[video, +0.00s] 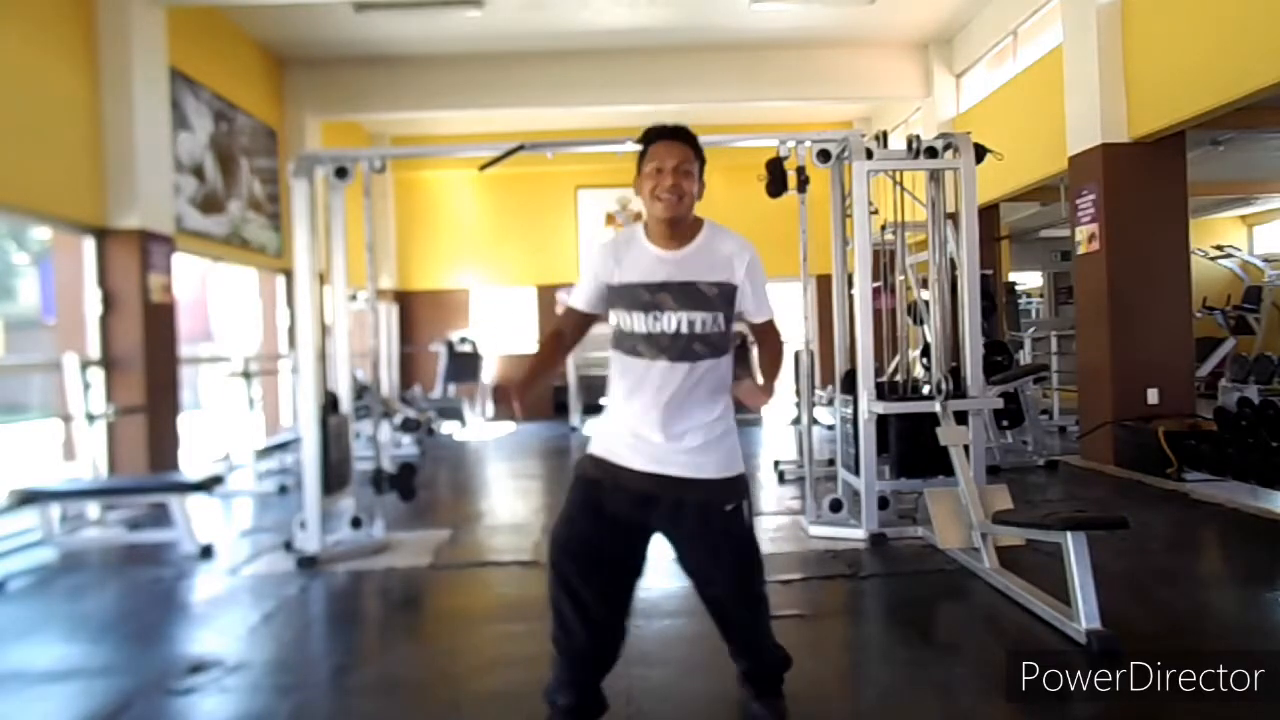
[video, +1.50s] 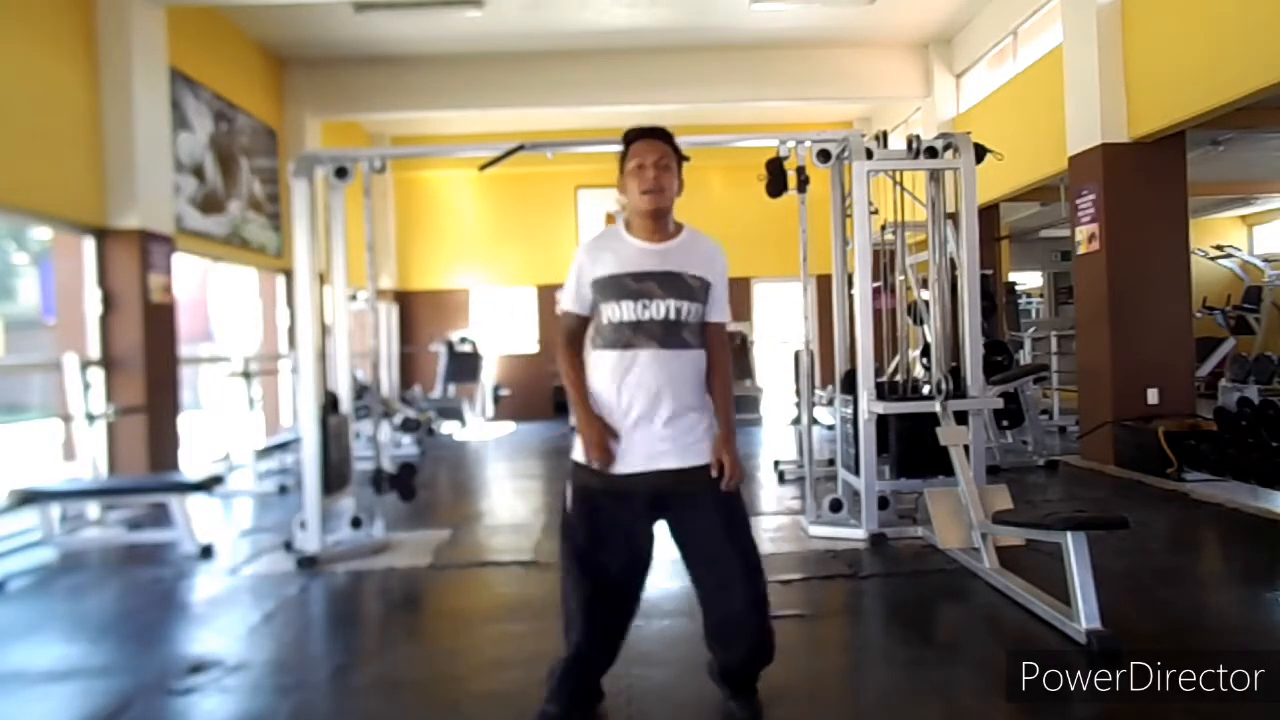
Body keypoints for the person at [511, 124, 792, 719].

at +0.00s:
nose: (670, 182)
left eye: (682, 171)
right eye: (657, 170)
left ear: (701, 182)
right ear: (638, 183)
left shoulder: (734, 255)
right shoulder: (612, 256)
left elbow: (766, 334)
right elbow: (568, 329)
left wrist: (765, 385)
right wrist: (524, 380)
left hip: (706, 457)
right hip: (620, 449)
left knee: (735, 586)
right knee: (576, 561)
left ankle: (765, 685)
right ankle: (575, 698)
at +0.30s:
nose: (665, 177)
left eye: (676, 168)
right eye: (653, 169)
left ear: (694, 181)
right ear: (634, 182)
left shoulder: (717, 256)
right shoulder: (604, 248)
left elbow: (744, 337)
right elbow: (556, 318)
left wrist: (792, 380)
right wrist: (548, 376)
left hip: (699, 448)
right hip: (614, 451)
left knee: (737, 571)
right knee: (595, 581)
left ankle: (755, 672)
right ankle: (576, 687)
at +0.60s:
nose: (660, 175)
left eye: (671, 165)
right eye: (649, 166)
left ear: (688, 177)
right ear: (631, 178)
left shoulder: (712, 251)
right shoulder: (601, 247)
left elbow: (727, 335)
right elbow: (558, 316)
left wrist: (767, 343)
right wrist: (576, 349)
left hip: (695, 443)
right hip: (611, 443)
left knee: (724, 572)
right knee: (573, 569)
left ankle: (750, 669)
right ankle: (562, 678)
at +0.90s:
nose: (654, 177)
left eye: (666, 169)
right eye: (642, 169)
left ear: (683, 185)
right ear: (624, 188)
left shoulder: (715, 253)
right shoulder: (603, 255)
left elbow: (735, 338)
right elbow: (568, 331)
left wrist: (735, 319)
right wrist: (552, 325)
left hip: (696, 448)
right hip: (613, 440)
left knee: (710, 579)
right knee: (553, 559)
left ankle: (739, 664)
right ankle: (559, 659)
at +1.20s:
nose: (652, 186)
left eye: (663, 176)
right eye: (639, 178)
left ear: (680, 190)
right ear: (622, 195)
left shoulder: (716, 254)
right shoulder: (603, 263)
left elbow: (745, 332)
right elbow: (557, 334)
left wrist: (735, 381)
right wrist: (505, 386)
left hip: (696, 452)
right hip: (613, 449)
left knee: (723, 572)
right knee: (562, 553)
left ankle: (739, 676)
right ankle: (561, 671)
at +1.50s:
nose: (652, 176)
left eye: (663, 166)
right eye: (639, 168)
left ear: (679, 179)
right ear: (621, 184)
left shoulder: (706, 255)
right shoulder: (594, 256)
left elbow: (718, 347)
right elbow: (568, 339)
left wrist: (726, 431)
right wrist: (584, 419)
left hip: (695, 456)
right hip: (612, 460)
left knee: (737, 589)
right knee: (594, 598)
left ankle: (739, 685)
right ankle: (572, 704)